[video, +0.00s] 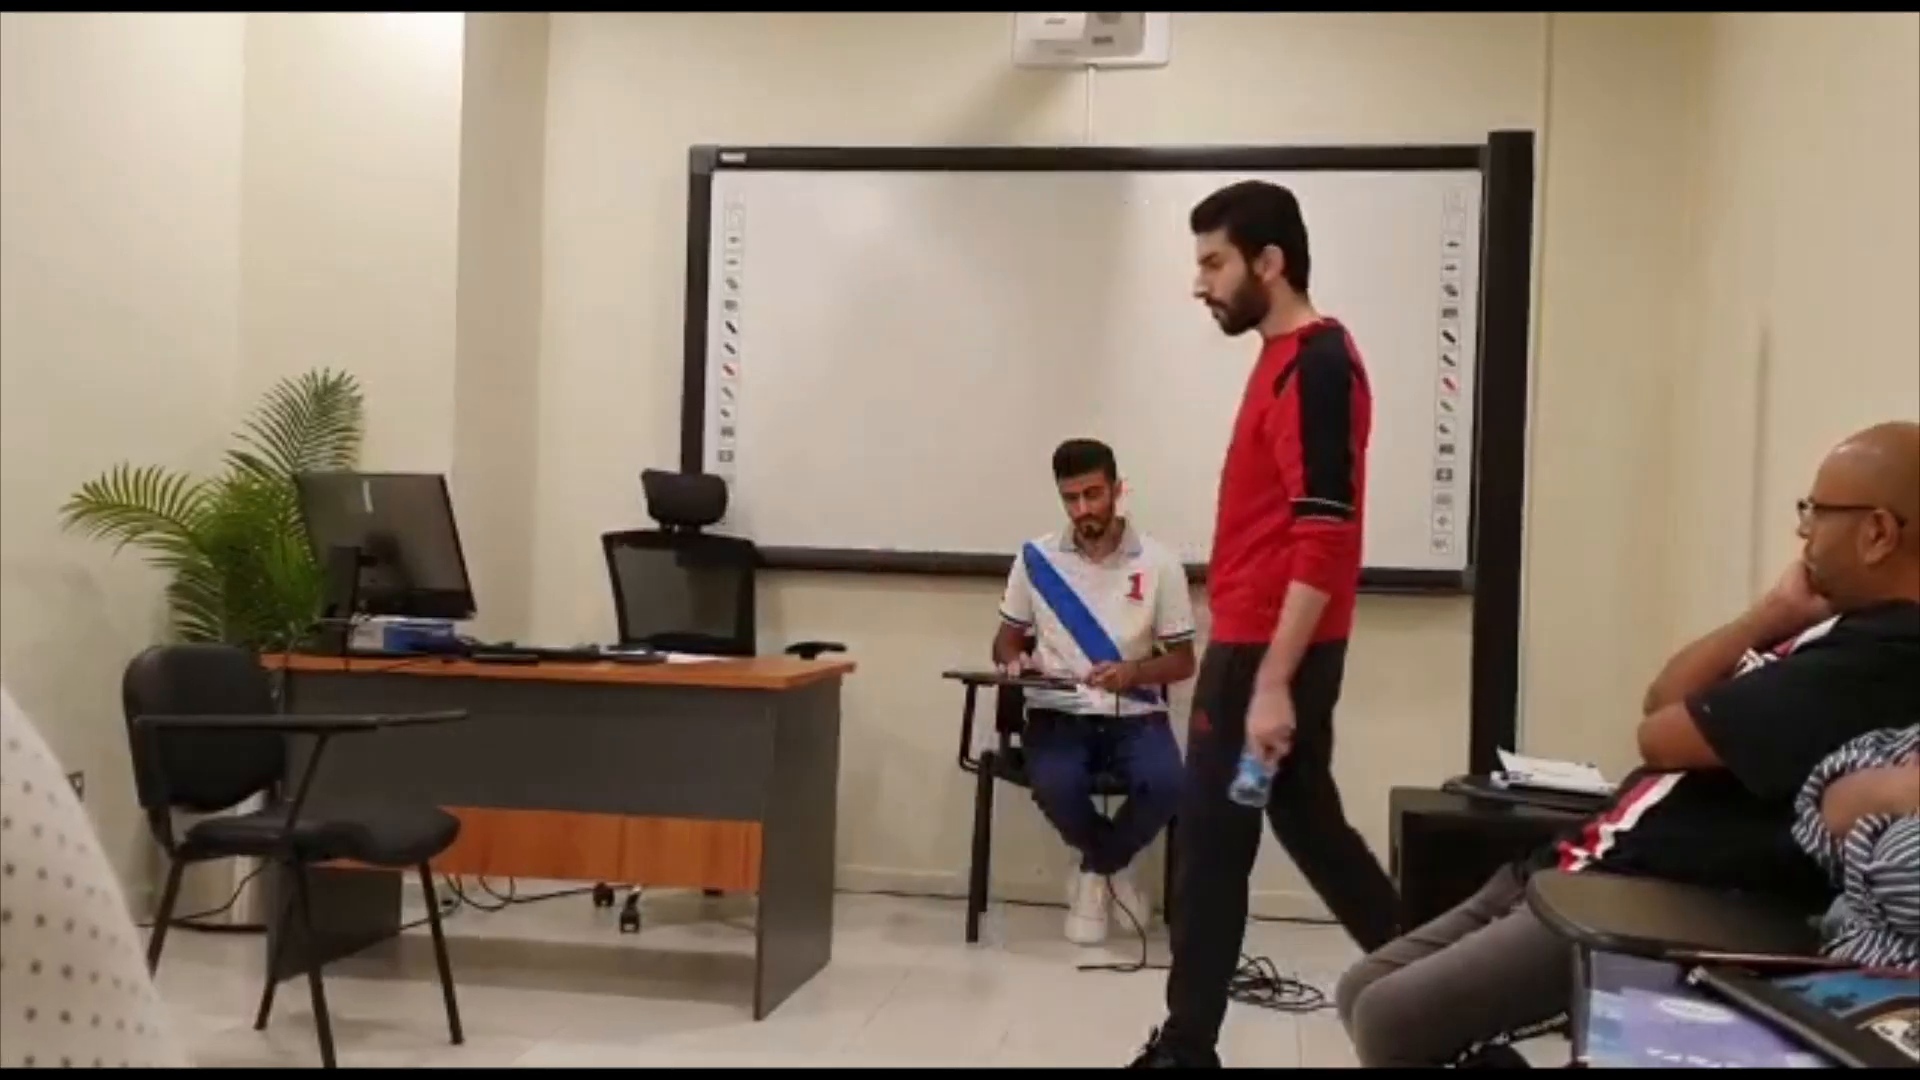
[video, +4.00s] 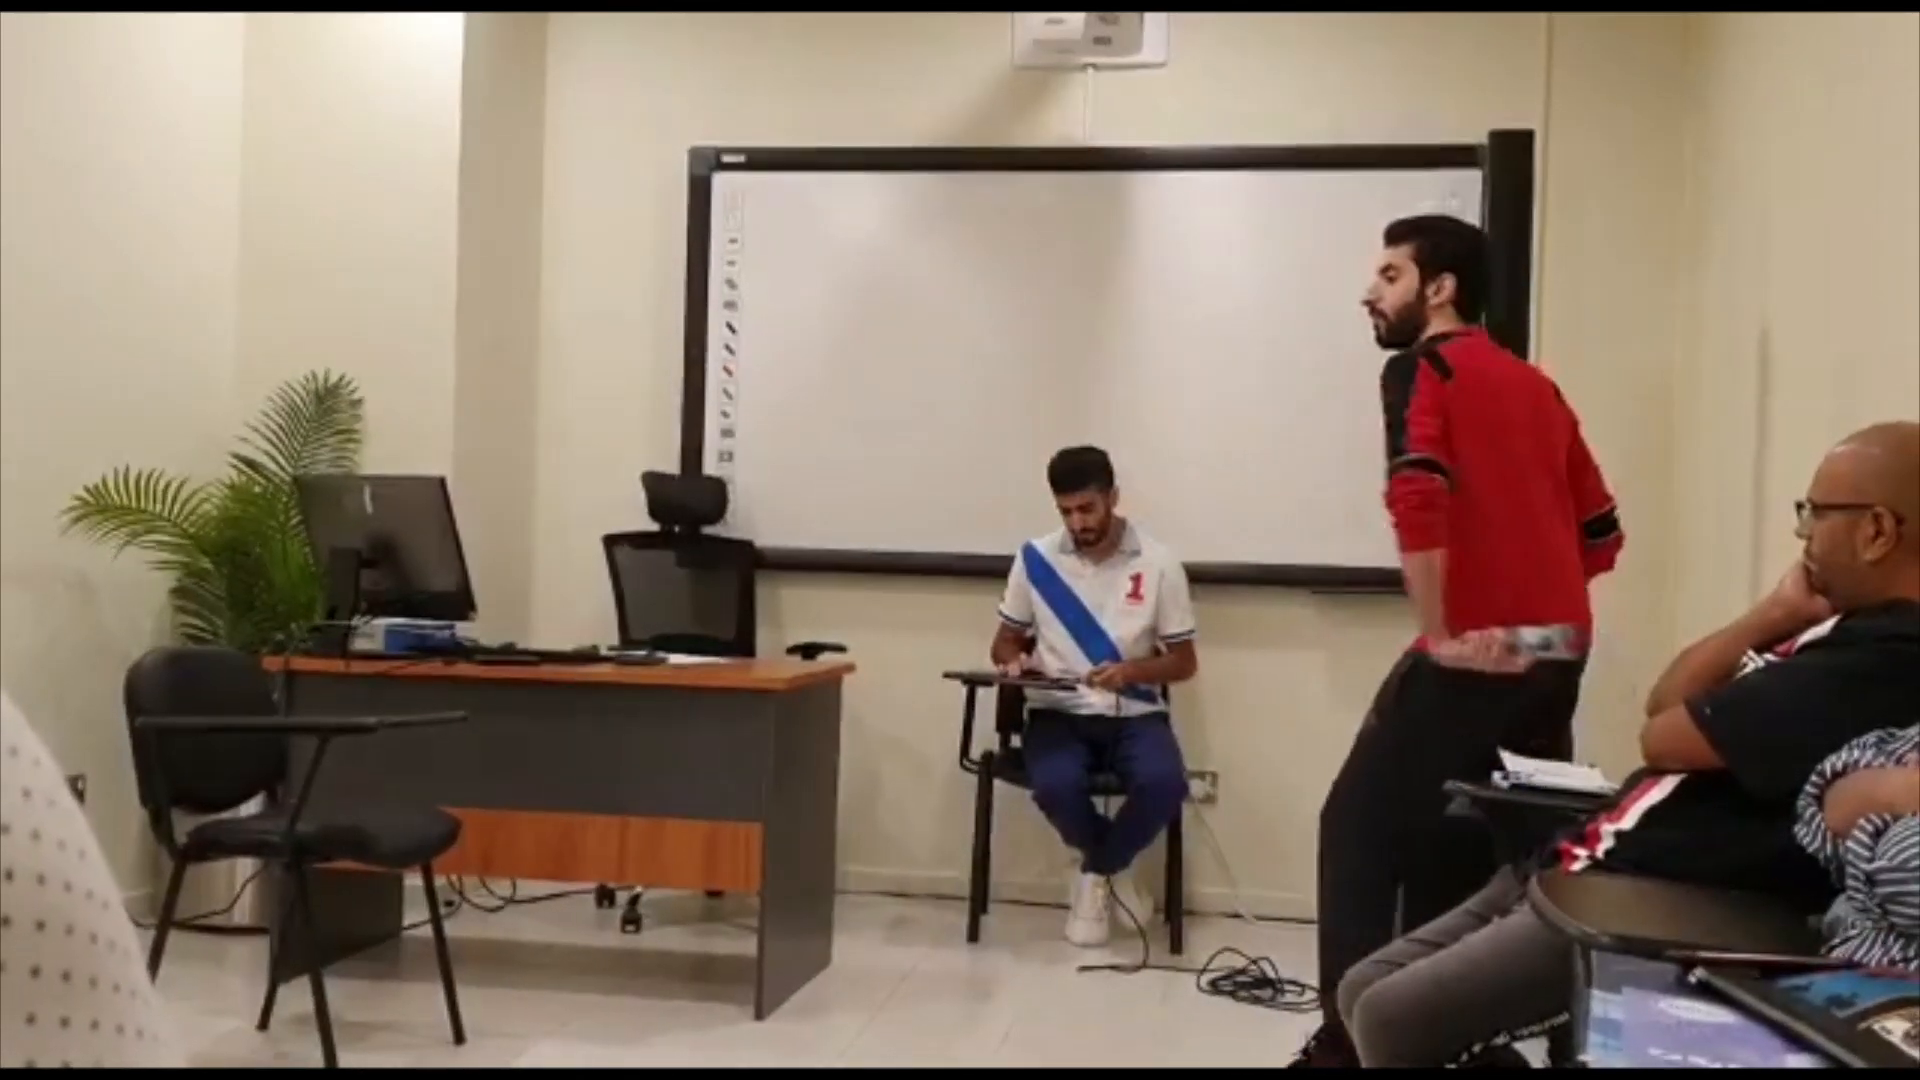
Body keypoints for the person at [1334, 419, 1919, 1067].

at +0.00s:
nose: (1801, 534)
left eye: (1814, 514)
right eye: (1806, 513)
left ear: (1880, 533)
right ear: (1881, 533)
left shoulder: (1884, 650)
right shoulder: (1854, 627)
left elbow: (1663, 741)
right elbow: (1662, 701)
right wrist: (1778, 612)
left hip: (1641, 906)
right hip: (1589, 862)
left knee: (1387, 1021)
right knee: (1363, 988)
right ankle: (1486, 1060)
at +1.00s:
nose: (1803, 534)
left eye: (1817, 515)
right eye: (1808, 514)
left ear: (1883, 535)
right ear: (1882, 535)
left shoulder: (1887, 652)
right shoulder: (1851, 628)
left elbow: (1666, 744)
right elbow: (1665, 701)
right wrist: (1781, 612)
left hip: (1642, 909)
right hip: (1592, 866)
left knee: (1389, 1022)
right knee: (1365, 988)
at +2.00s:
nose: (1800, 538)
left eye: (1813, 517)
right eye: (1804, 516)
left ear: (1880, 534)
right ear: (1880, 534)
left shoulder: (1882, 654)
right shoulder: (1854, 629)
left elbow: (1664, 745)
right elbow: (1665, 703)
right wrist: (1779, 614)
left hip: (1638, 907)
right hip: (1589, 866)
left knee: (1389, 1024)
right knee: (1364, 990)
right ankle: (1488, 1062)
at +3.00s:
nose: (1800, 535)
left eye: (1813, 515)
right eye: (1804, 515)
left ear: (1880, 534)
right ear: (1880, 534)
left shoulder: (1879, 654)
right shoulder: (1856, 629)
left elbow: (1665, 742)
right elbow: (1664, 703)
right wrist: (1782, 612)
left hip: (1628, 909)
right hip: (1580, 865)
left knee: (1385, 1023)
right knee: (1363, 990)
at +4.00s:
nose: (1803, 538)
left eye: (1813, 517)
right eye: (1805, 517)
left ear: (1880, 532)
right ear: (1880, 532)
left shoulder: (1882, 655)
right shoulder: (1855, 631)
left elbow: (1667, 743)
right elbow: (1664, 704)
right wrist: (1781, 611)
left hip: (1633, 904)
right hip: (1585, 863)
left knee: (1386, 1021)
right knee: (1363, 988)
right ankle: (1480, 1062)